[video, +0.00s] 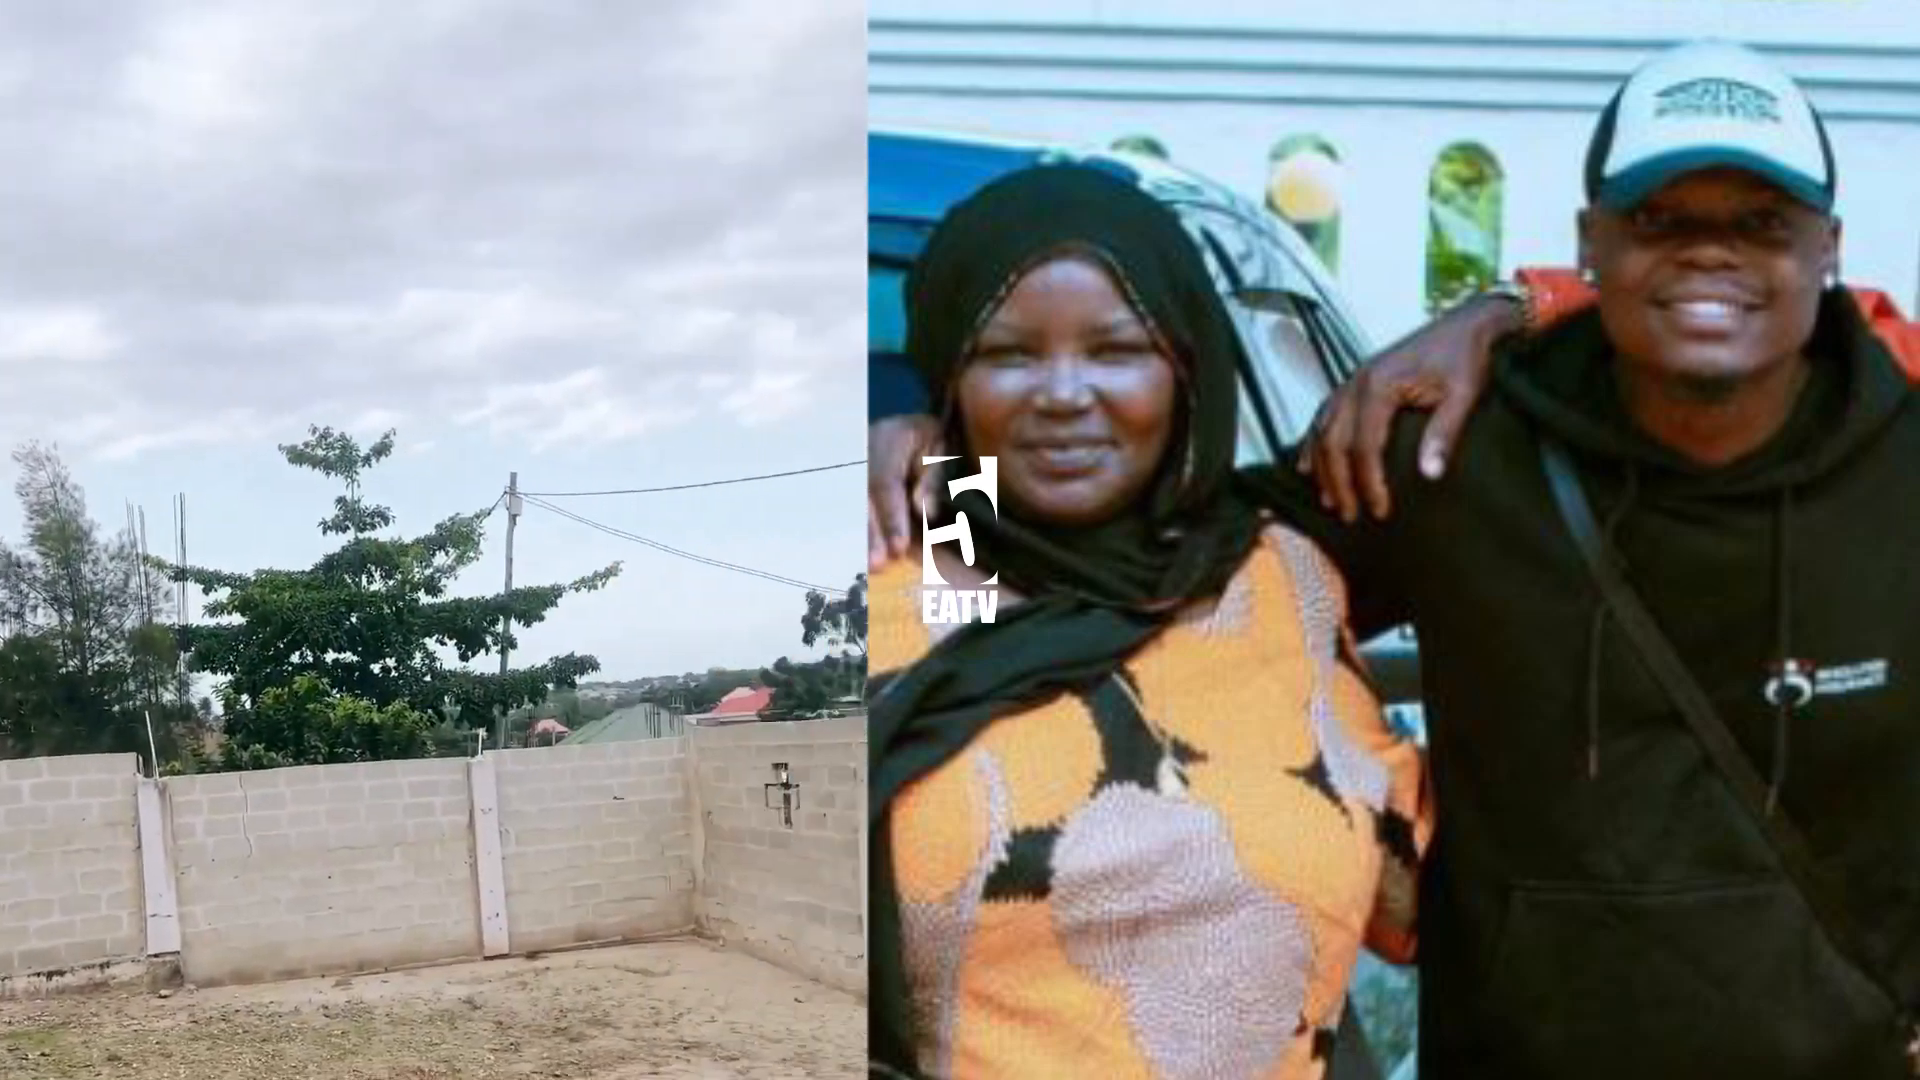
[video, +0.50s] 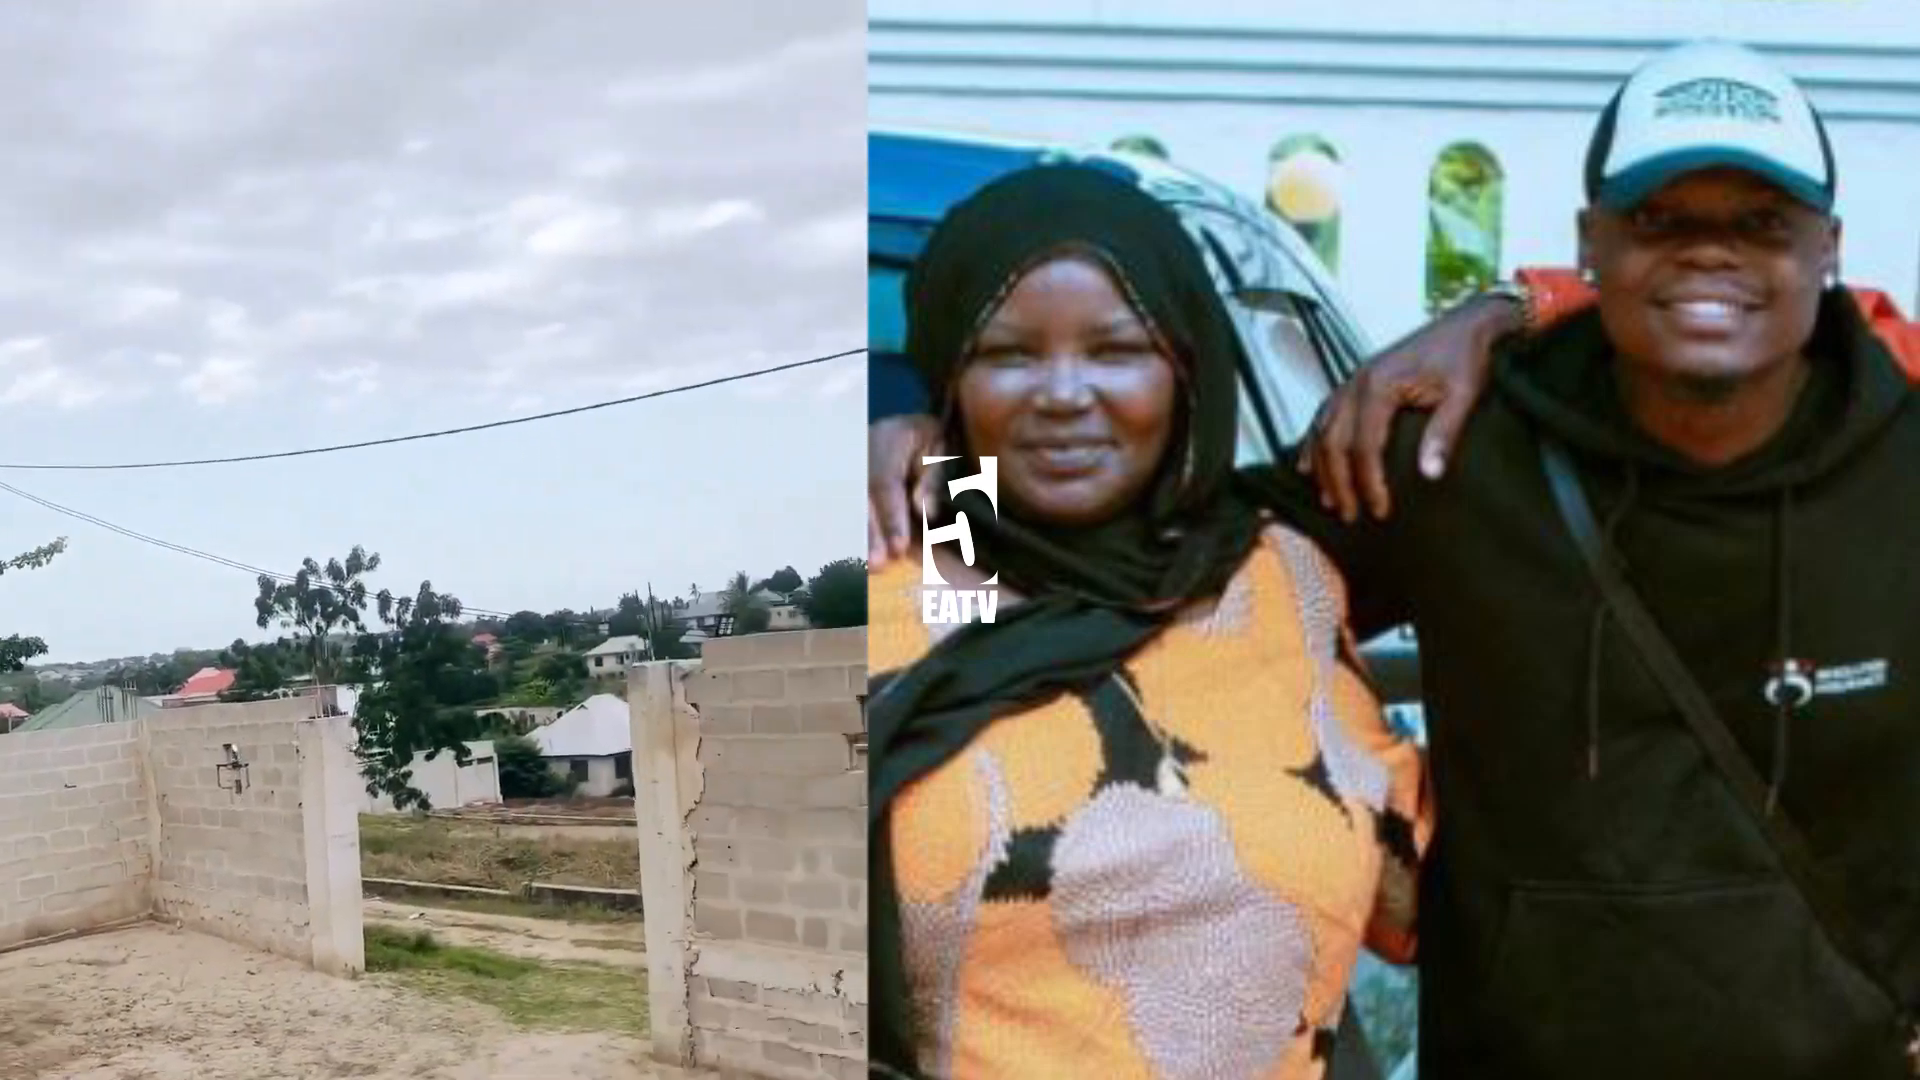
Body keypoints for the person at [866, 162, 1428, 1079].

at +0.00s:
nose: (1062, 397)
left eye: (1115, 350)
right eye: (1011, 354)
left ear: (1188, 374)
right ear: (950, 387)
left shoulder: (1286, 586)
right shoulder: (883, 618)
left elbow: (1424, 890)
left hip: (1283, 1059)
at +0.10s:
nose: (1063, 397)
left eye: (1115, 351)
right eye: (1012, 354)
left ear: (1187, 374)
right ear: (950, 387)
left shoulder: (1286, 584)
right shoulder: (881, 610)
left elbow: (1424, 888)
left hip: (1284, 1058)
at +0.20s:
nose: (1062, 397)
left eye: (1115, 350)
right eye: (1011, 354)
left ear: (1188, 374)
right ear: (951, 387)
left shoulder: (1287, 583)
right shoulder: (889, 608)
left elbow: (1426, 891)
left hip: (1284, 1058)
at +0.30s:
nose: (1062, 397)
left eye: (1115, 351)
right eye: (1012, 354)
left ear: (1188, 374)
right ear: (950, 387)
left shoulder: (1286, 584)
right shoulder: (889, 611)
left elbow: (1426, 889)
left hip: (1283, 1059)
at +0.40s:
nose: (1062, 397)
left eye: (1115, 351)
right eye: (1011, 354)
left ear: (1188, 373)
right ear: (950, 387)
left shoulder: (1285, 587)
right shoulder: (881, 622)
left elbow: (1424, 888)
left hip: (1282, 1059)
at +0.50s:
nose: (1062, 397)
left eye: (1115, 351)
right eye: (1011, 354)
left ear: (1188, 374)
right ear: (949, 387)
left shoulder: (1286, 587)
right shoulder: (873, 624)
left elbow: (1425, 890)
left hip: (1282, 1059)